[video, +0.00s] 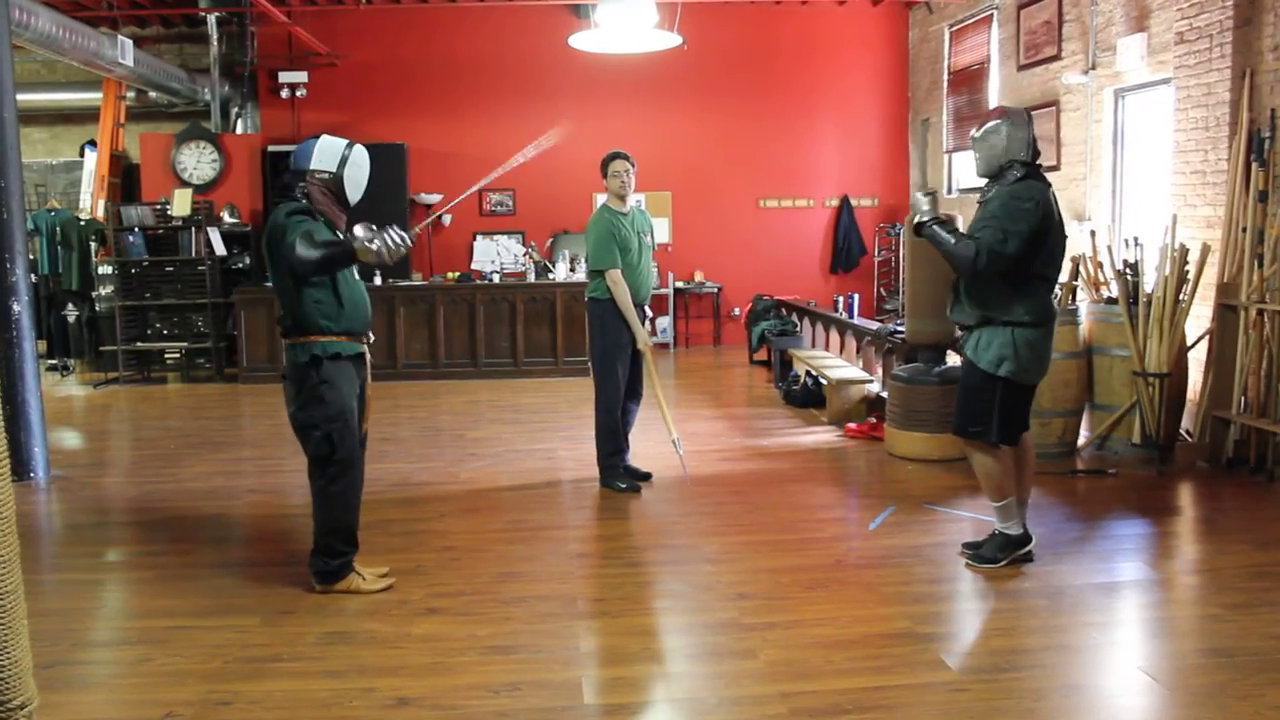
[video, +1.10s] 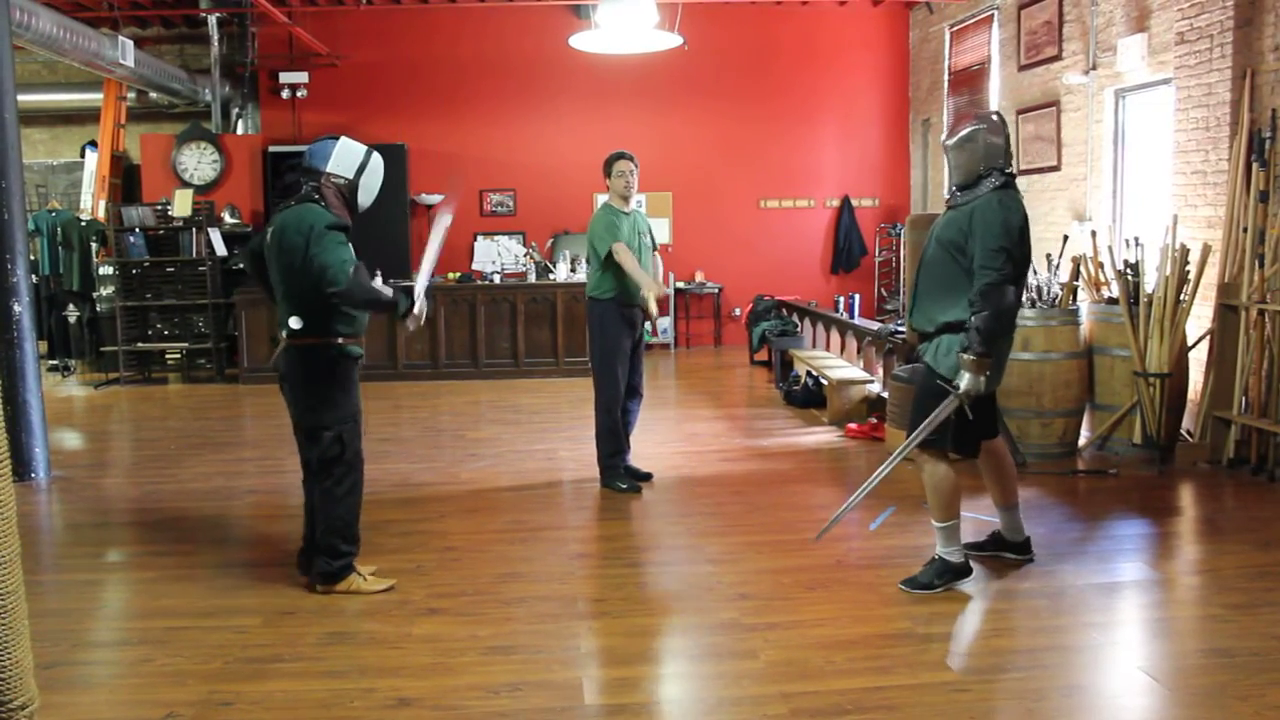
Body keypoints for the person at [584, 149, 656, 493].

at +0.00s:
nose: (624, 179)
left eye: (628, 173)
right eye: (616, 174)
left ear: (635, 178)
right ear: (605, 181)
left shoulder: (641, 216)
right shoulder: (602, 222)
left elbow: (645, 262)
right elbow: (614, 279)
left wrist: (645, 305)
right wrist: (637, 328)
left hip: (634, 307)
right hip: (608, 308)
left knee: (631, 390)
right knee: (611, 390)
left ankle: (619, 460)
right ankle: (609, 469)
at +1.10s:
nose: (628, 179)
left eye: (632, 174)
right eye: (621, 174)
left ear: (638, 179)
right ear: (608, 181)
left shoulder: (640, 219)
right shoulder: (605, 217)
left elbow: (652, 258)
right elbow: (621, 255)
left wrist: (652, 296)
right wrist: (648, 285)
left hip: (633, 308)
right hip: (607, 308)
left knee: (632, 389)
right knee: (611, 389)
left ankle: (620, 460)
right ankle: (610, 469)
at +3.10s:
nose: (601, 180)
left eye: (605, 175)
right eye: (594, 175)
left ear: (609, 181)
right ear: (579, 180)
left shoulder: (605, 220)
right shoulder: (574, 213)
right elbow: (598, 231)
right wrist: (620, 246)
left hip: (609, 314)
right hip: (584, 314)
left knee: (610, 395)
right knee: (584, 396)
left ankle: (606, 467)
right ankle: (580, 480)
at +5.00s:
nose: (599, 181)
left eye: (603, 175)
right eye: (591, 175)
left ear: (608, 181)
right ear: (576, 180)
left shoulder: (604, 220)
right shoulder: (573, 213)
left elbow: (621, 251)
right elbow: (592, 231)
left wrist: (625, 252)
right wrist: (614, 246)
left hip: (609, 314)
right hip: (583, 314)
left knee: (612, 394)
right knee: (585, 396)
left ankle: (608, 466)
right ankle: (582, 479)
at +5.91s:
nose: (596, 186)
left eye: (601, 181)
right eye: (589, 181)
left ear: (605, 186)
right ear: (574, 186)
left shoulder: (603, 226)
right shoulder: (571, 219)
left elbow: (613, 256)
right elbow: (590, 236)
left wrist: (623, 259)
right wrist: (612, 252)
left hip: (610, 319)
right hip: (585, 320)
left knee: (619, 398)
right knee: (594, 399)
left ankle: (610, 468)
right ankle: (585, 482)